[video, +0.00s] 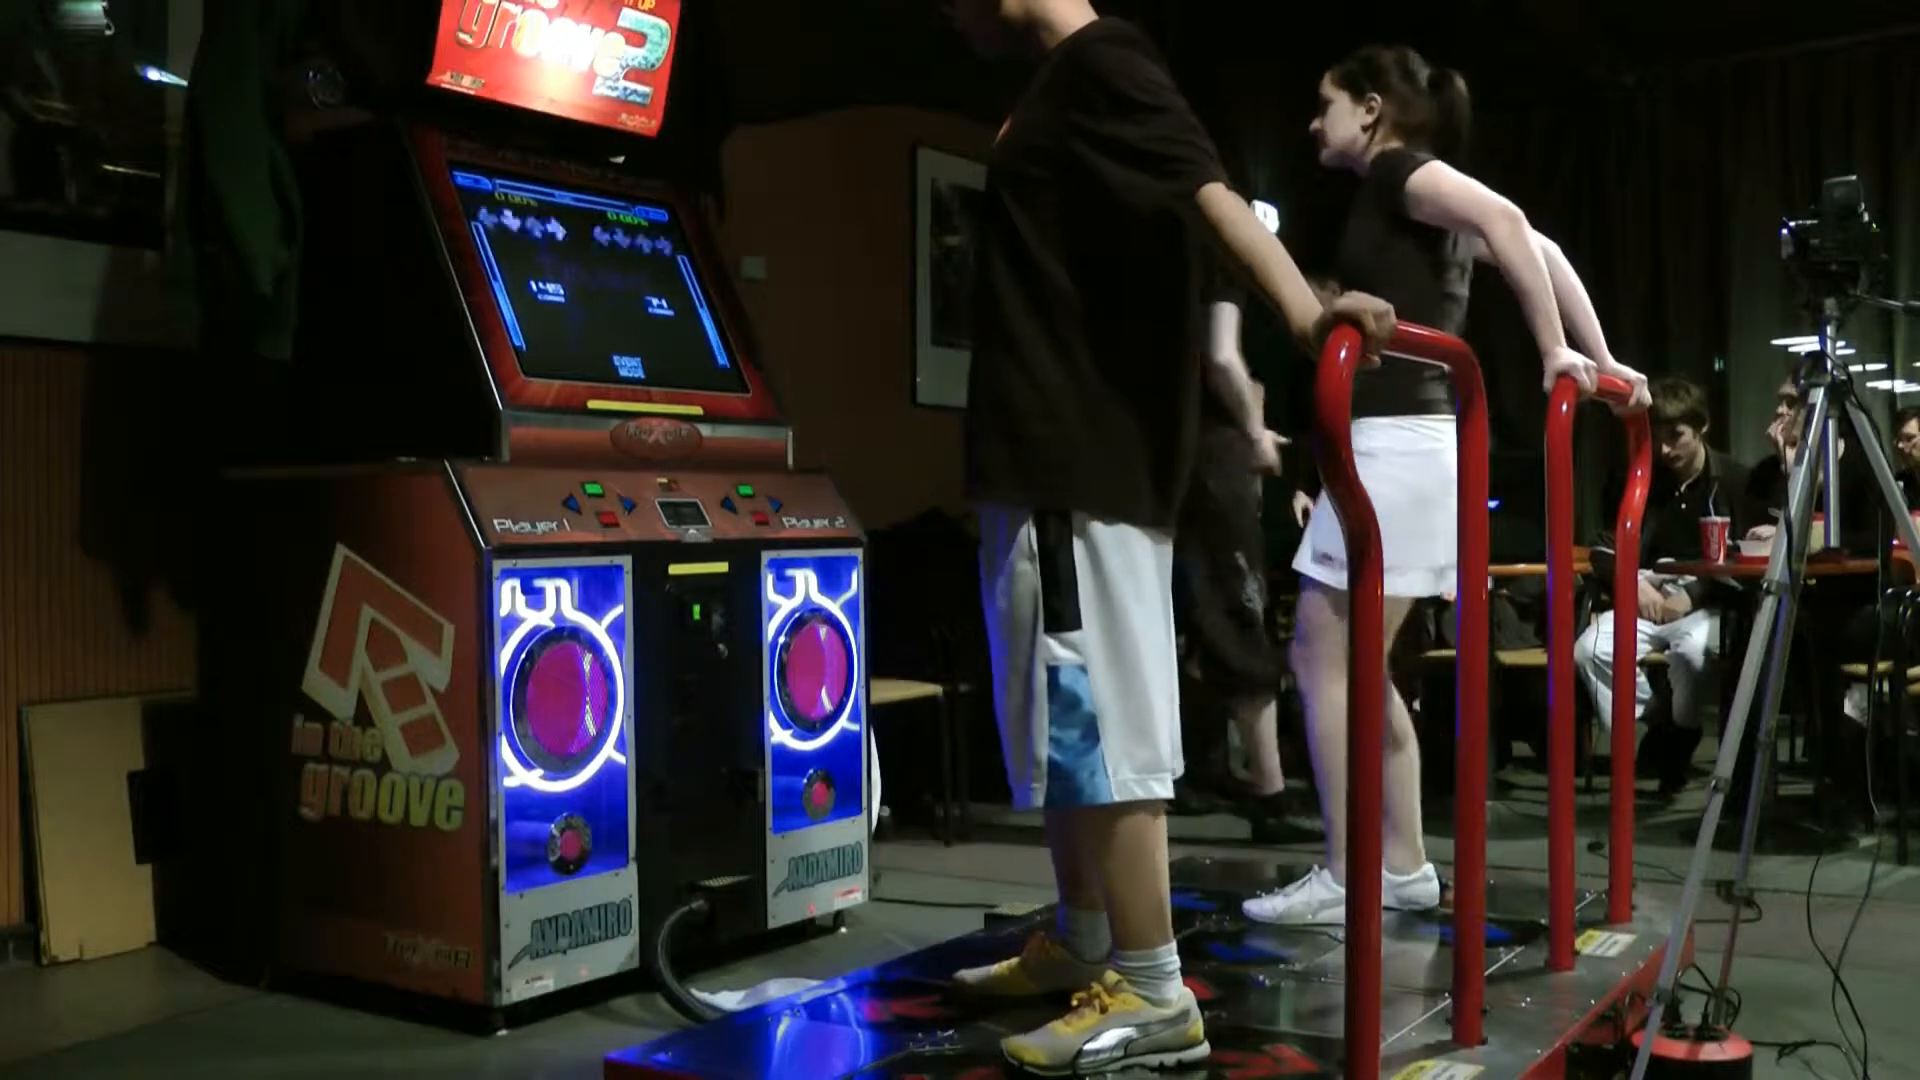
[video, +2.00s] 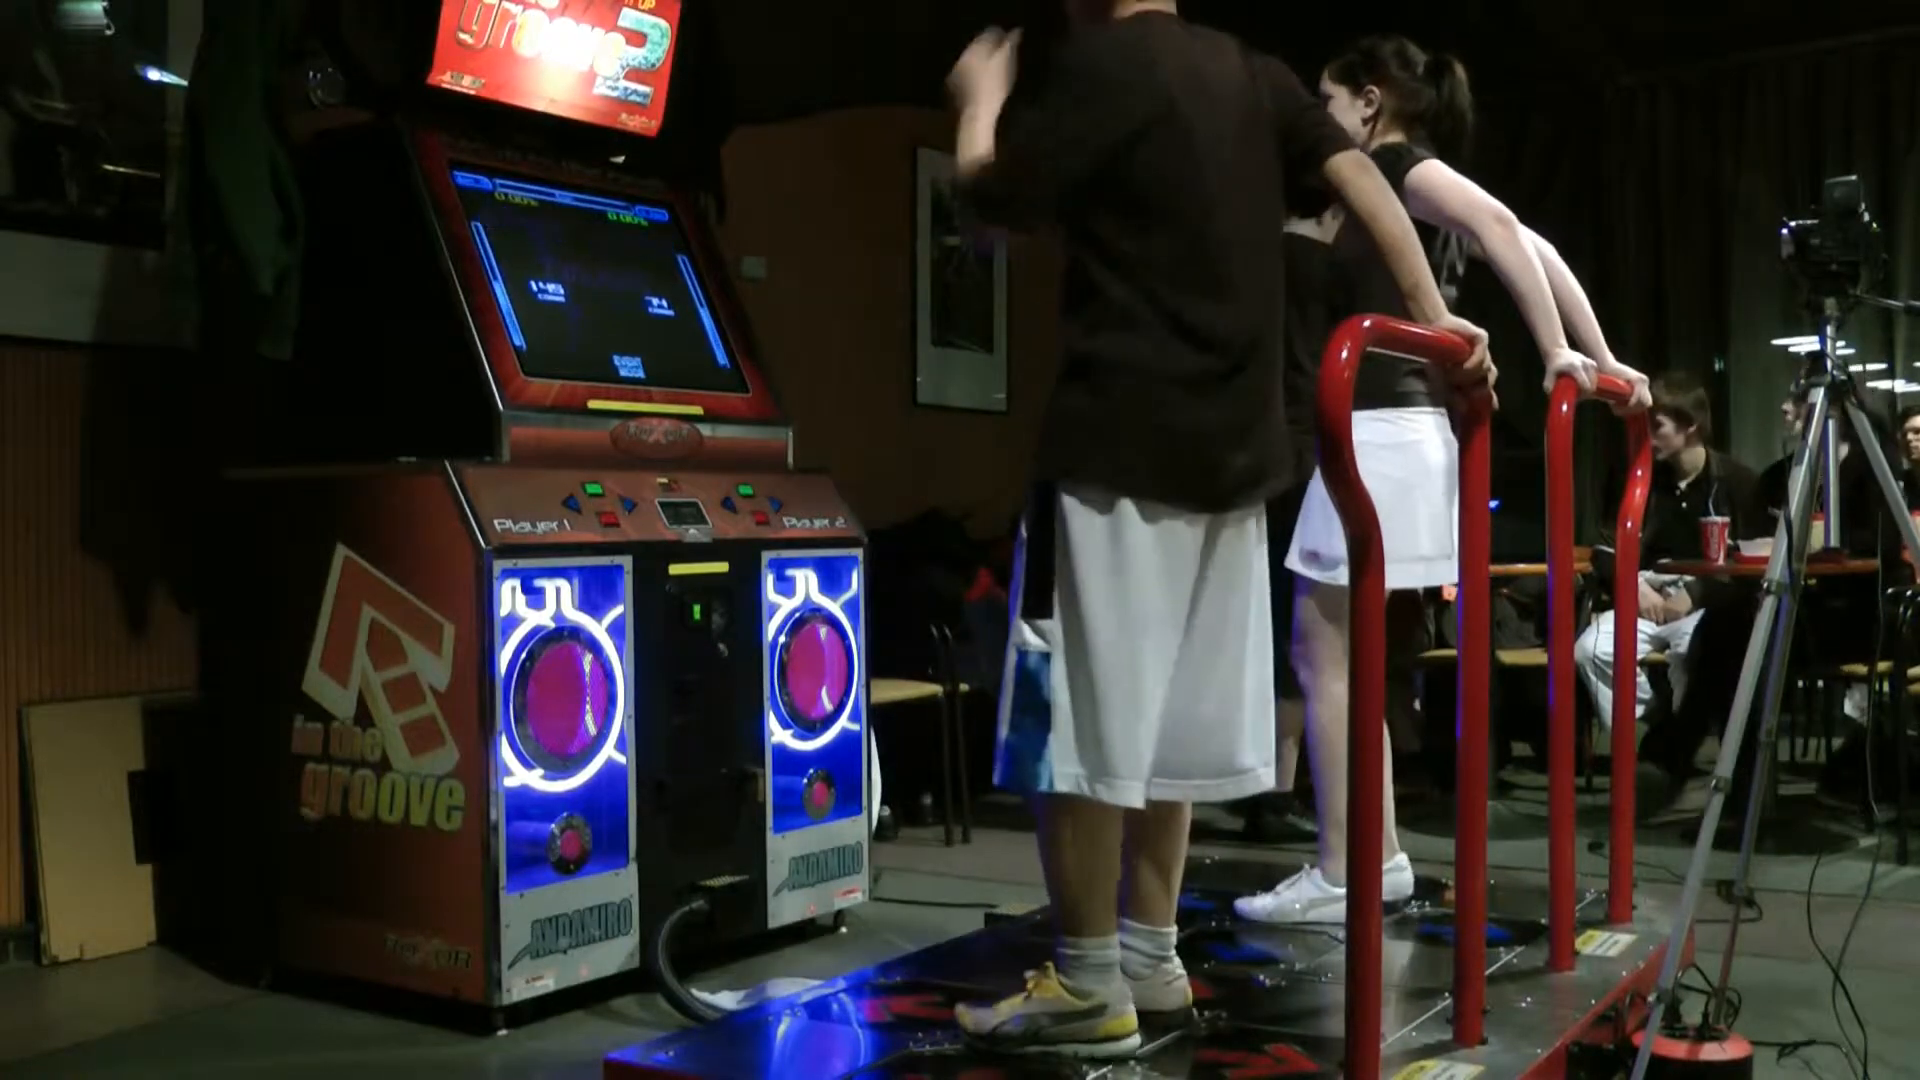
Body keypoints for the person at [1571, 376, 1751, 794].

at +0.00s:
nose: (1667, 448)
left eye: (1675, 435)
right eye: (1658, 438)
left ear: (1701, 428)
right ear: (1648, 437)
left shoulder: (1732, 480)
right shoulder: (1644, 479)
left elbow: (1744, 558)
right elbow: (1605, 548)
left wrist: (1691, 597)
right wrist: (1634, 586)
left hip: (1705, 602)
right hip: (1646, 597)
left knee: (1689, 653)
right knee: (1594, 649)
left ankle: (1683, 737)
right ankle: (1659, 731)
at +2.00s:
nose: (1650, 436)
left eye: (1658, 426)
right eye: (1649, 426)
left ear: (1691, 426)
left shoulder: (1736, 481)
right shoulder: (1645, 478)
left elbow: (1751, 563)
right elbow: (1605, 548)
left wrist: (1691, 595)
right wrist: (1635, 587)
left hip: (1704, 602)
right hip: (1646, 598)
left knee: (1692, 651)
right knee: (1592, 649)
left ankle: (1680, 749)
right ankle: (1658, 736)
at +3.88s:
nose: (1649, 428)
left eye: (1659, 419)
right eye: (1649, 418)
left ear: (1691, 426)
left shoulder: (1734, 481)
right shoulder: (1646, 477)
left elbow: (1744, 560)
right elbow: (1606, 548)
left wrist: (1690, 596)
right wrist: (1634, 588)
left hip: (1709, 598)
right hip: (1651, 593)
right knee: (1592, 649)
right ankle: (1651, 734)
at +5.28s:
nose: (1663, 433)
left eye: (1674, 423)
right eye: (1658, 423)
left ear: (1703, 425)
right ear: (1650, 427)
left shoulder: (1736, 482)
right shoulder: (1644, 477)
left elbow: (1747, 561)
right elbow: (1607, 550)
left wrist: (1692, 595)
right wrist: (1638, 588)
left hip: (1707, 603)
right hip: (1649, 599)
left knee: (1690, 651)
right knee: (1594, 649)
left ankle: (1696, 754)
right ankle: (1652, 744)